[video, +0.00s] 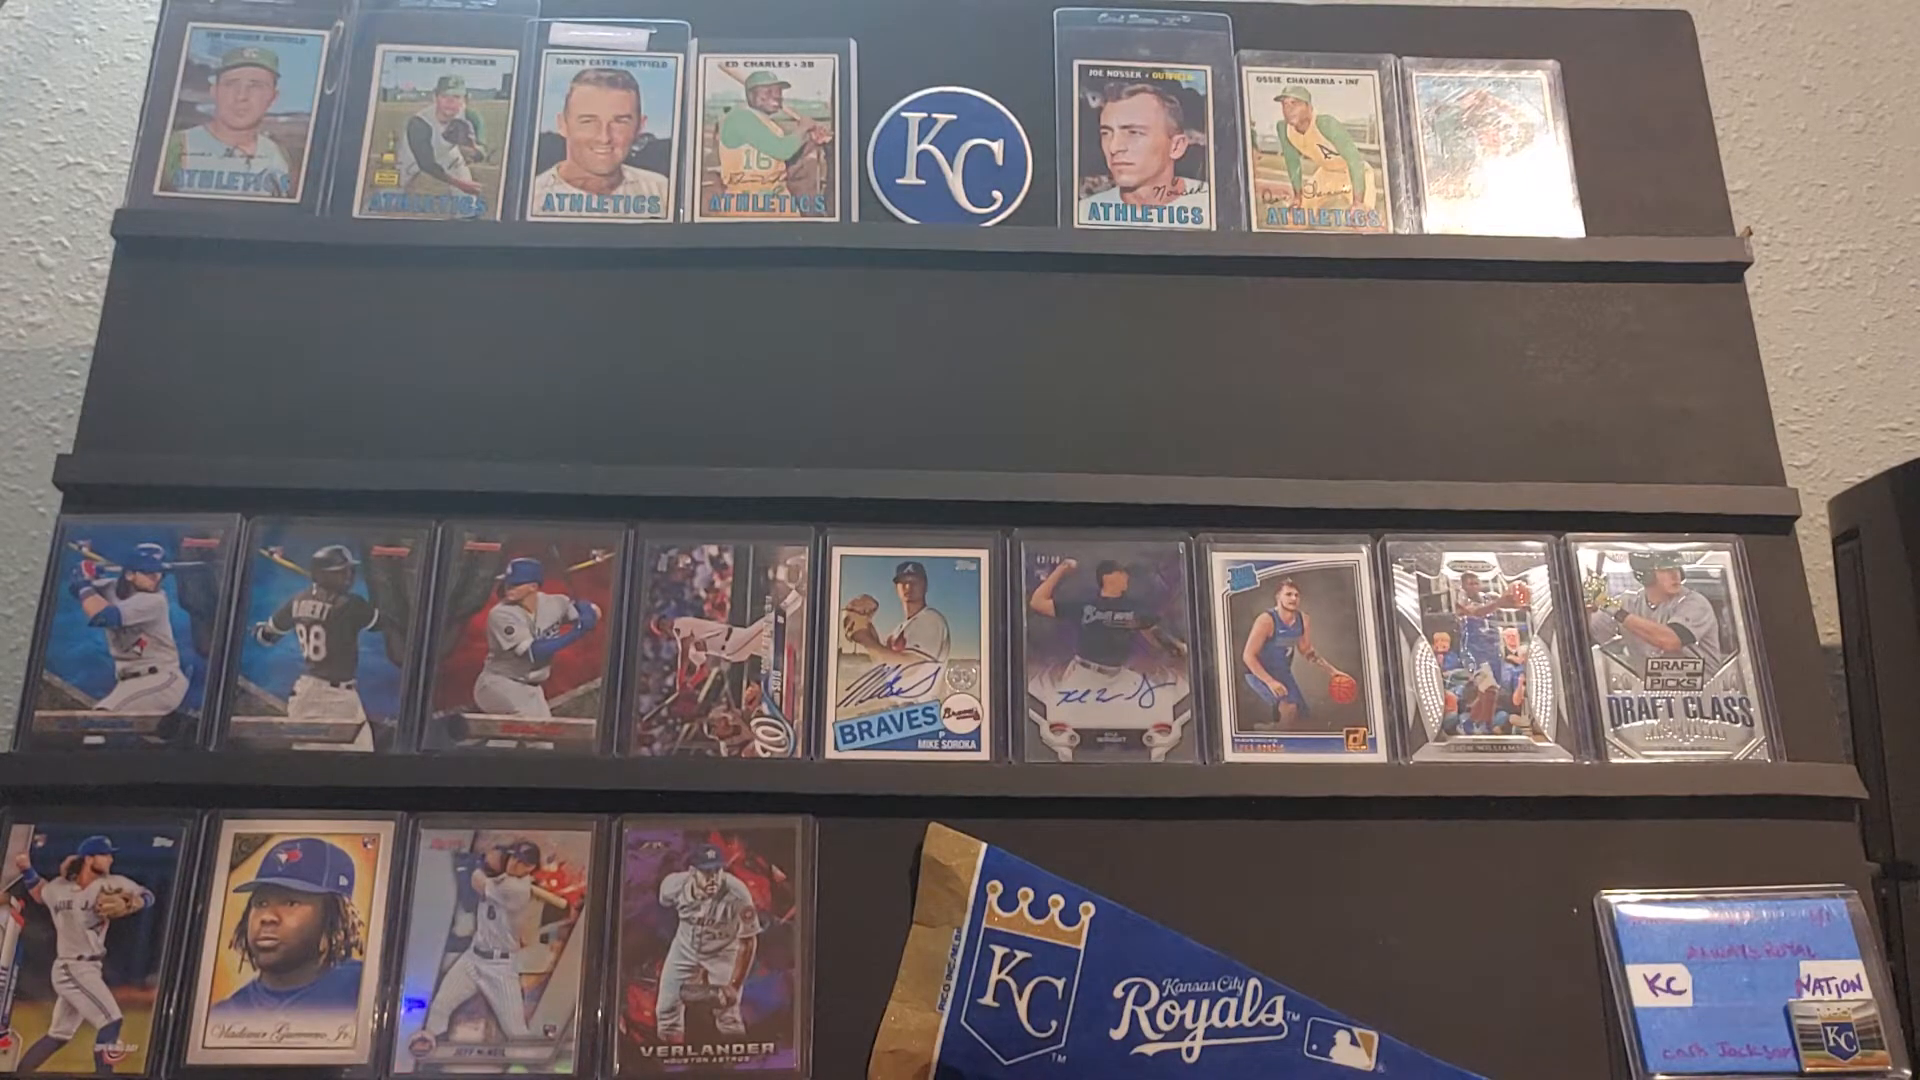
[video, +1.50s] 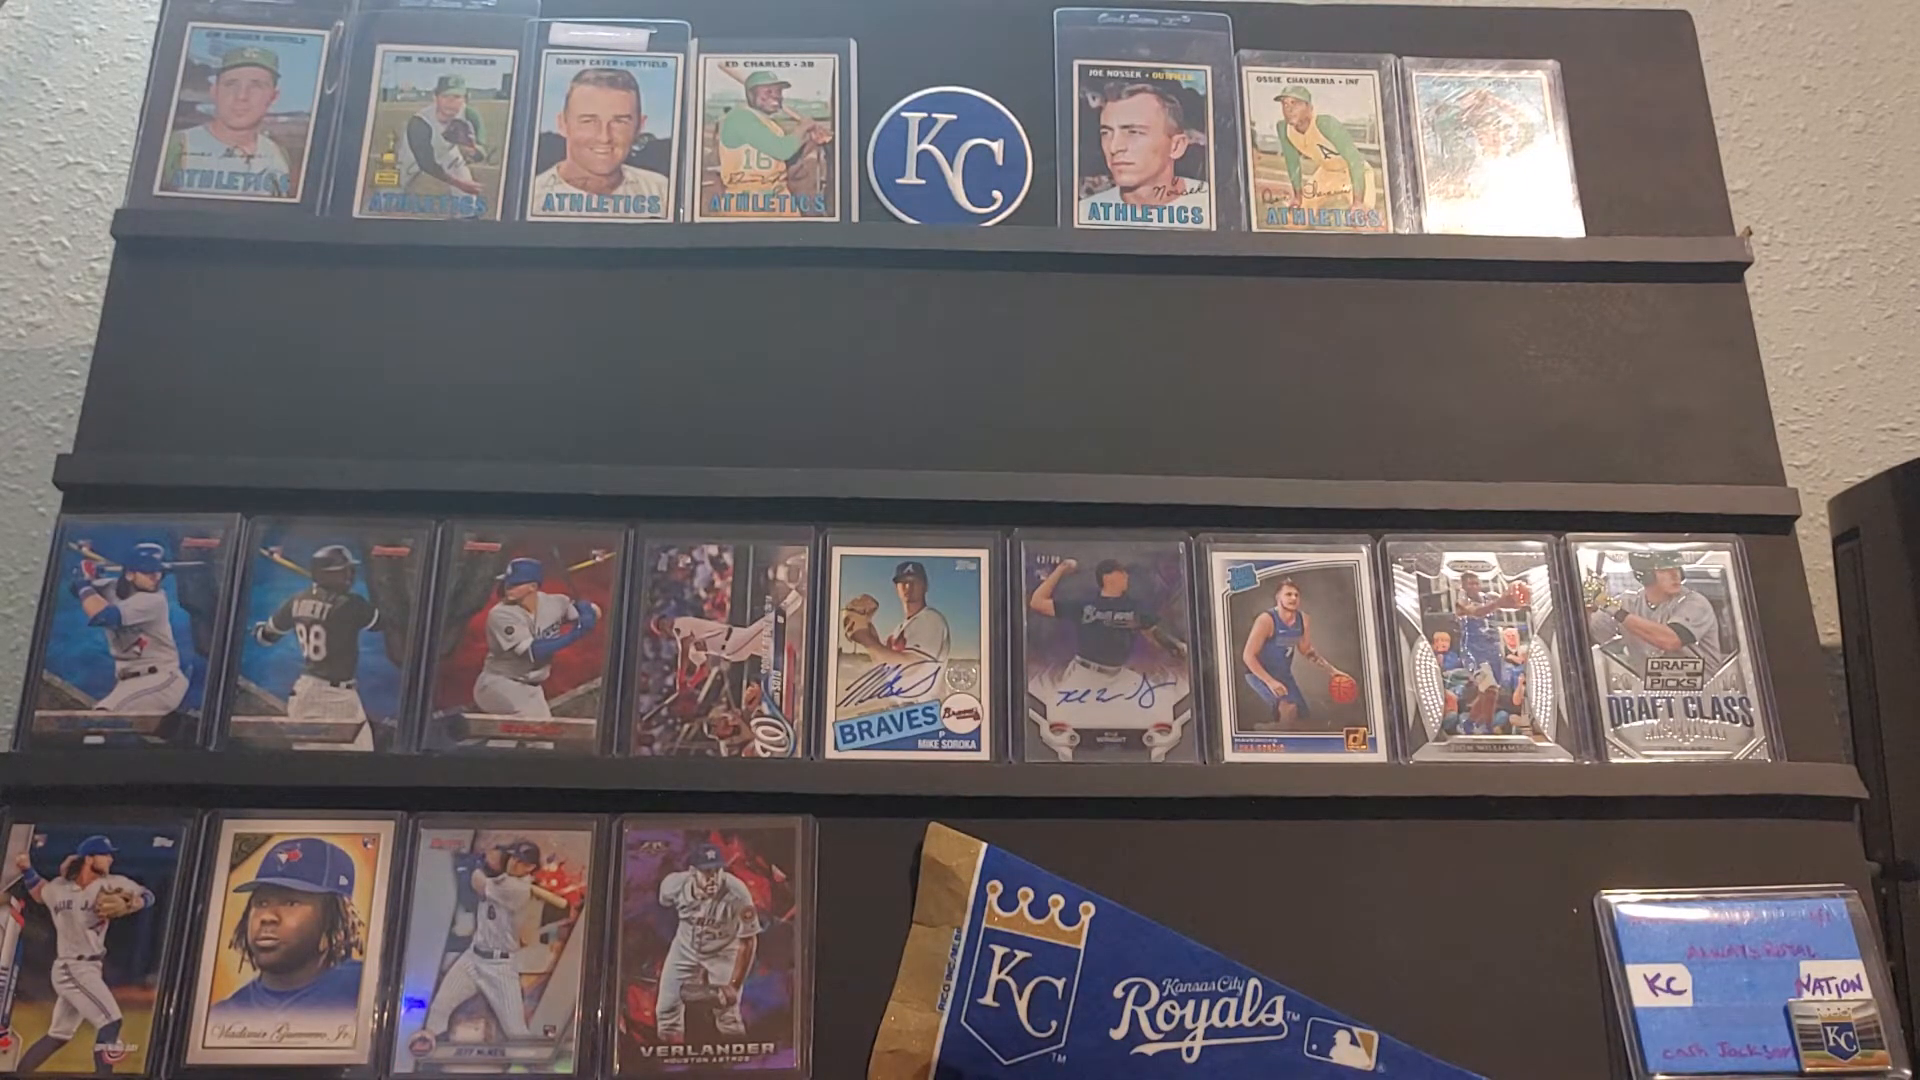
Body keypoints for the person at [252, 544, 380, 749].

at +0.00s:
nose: (350, 577)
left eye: (350, 571)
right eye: (346, 572)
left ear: (320, 575)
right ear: (334, 575)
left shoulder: (299, 601)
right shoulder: (351, 605)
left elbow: (267, 637)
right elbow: (385, 622)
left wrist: (259, 631)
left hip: (306, 694)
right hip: (342, 697)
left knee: (305, 765)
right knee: (360, 766)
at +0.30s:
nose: (350, 576)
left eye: (350, 571)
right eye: (346, 571)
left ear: (319, 575)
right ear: (333, 575)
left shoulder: (298, 601)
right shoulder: (351, 604)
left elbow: (267, 637)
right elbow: (386, 622)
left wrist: (260, 630)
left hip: (306, 692)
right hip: (341, 697)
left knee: (306, 765)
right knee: (360, 766)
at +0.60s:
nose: (350, 576)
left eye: (350, 571)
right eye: (346, 571)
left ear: (319, 575)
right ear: (333, 575)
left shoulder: (298, 601)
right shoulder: (350, 604)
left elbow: (267, 637)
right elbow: (386, 622)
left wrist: (259, 630)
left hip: (306, 692)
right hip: (341, 697)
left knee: (306, 765)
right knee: (360, 766)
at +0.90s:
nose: (352, 576)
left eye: (351, 571)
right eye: (348, 571)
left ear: (319, 574)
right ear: (338, 575)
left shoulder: (298, 601)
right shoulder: (352, 605)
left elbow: (267, 637)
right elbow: (386, 622)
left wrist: (259, 630)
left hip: (305, 693)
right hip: (341, 698)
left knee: (307, 765)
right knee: (360, 766)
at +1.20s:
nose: (352, 576)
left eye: (351, 570)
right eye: (348, 571)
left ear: (320, 574)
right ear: (337, 575)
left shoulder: (298, 601)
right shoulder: (351, 605)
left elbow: (267, 637)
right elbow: (387, 621)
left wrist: (259, 630)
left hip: (305, 694)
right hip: (341, 698)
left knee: (306, 765)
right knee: (359, 766)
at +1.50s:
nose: (352, 576)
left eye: (351, 570)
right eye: (348, 571)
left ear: (320, 574)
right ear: (337, 574)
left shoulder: (298, 601)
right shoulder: (351, 605)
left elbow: (267, 637)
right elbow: (385, 622)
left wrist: (260, 630)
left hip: (305, 693)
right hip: (341, 697)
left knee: (306, 764)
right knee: (359, 766)